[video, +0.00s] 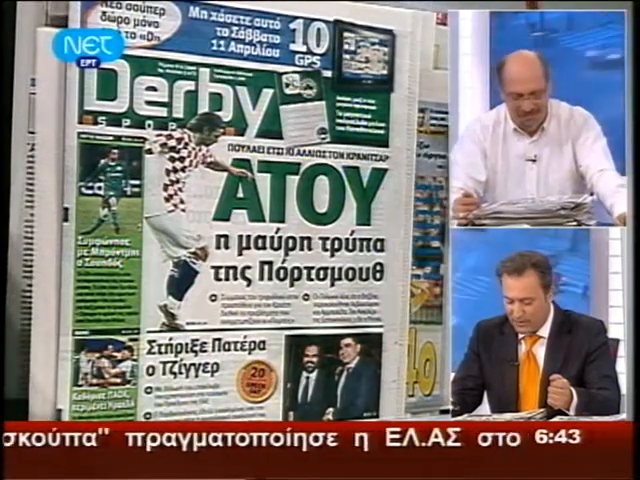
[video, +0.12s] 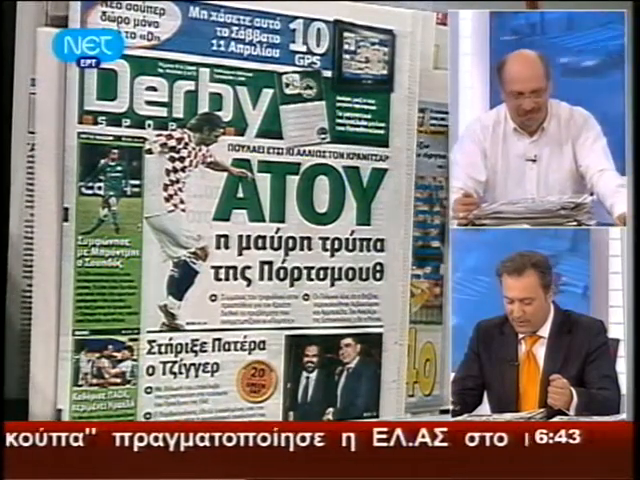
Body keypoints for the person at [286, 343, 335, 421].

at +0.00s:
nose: (310, 360)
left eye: (314, 356)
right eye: (306, 356)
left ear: (320, 359)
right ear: (302, 358)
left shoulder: (326, 377)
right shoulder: (295, 376)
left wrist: (330, 411)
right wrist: (290, 413)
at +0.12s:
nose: (310, 360)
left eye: (314, 356)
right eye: (306, 356)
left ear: (320, 359)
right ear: (302, 358)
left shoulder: (326, 377)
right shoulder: (295, 376)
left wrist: (330, 411)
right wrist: (290, 413)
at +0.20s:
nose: (310, 360)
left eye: (314, 356)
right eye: (306, 356)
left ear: (320, 359)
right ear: (302, 358)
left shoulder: (326, 377)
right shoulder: (295, 376)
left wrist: (330, 411)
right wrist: (290, 413)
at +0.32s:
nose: (310, 360)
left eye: (314, 356)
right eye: (306, 356)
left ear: (321, 359)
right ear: (302, 358)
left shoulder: (326, 377)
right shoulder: (295, 376)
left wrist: (330, 411)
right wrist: (290, 413)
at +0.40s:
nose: (310, 360)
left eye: (314, 356)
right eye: (306, 356)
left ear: (320, 359)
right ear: (302, 358)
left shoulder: (326, 377)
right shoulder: (295, 375)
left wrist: (330, 411)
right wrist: (290, 413)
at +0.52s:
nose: (310, 360)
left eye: (314, 356)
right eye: (306, 356)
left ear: (320, 359)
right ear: (302, 358)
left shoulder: (326, 377)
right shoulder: (295, 375)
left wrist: (330, 411)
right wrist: (290, 413)